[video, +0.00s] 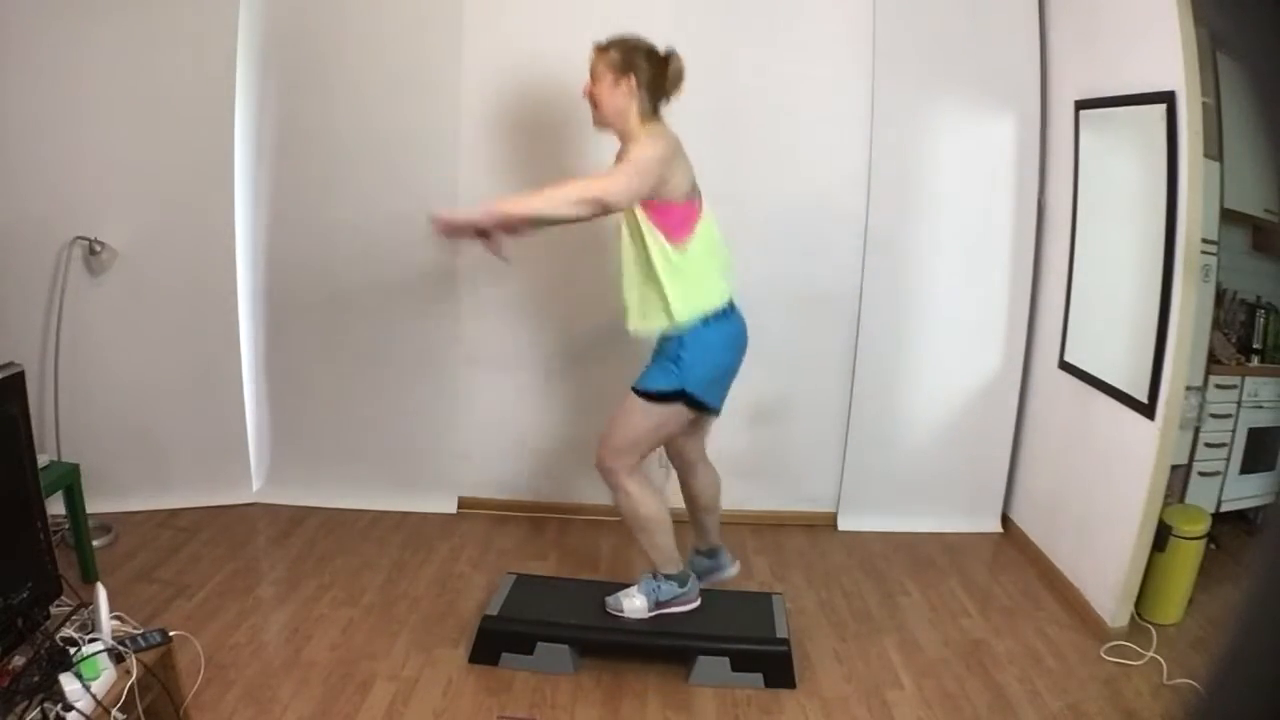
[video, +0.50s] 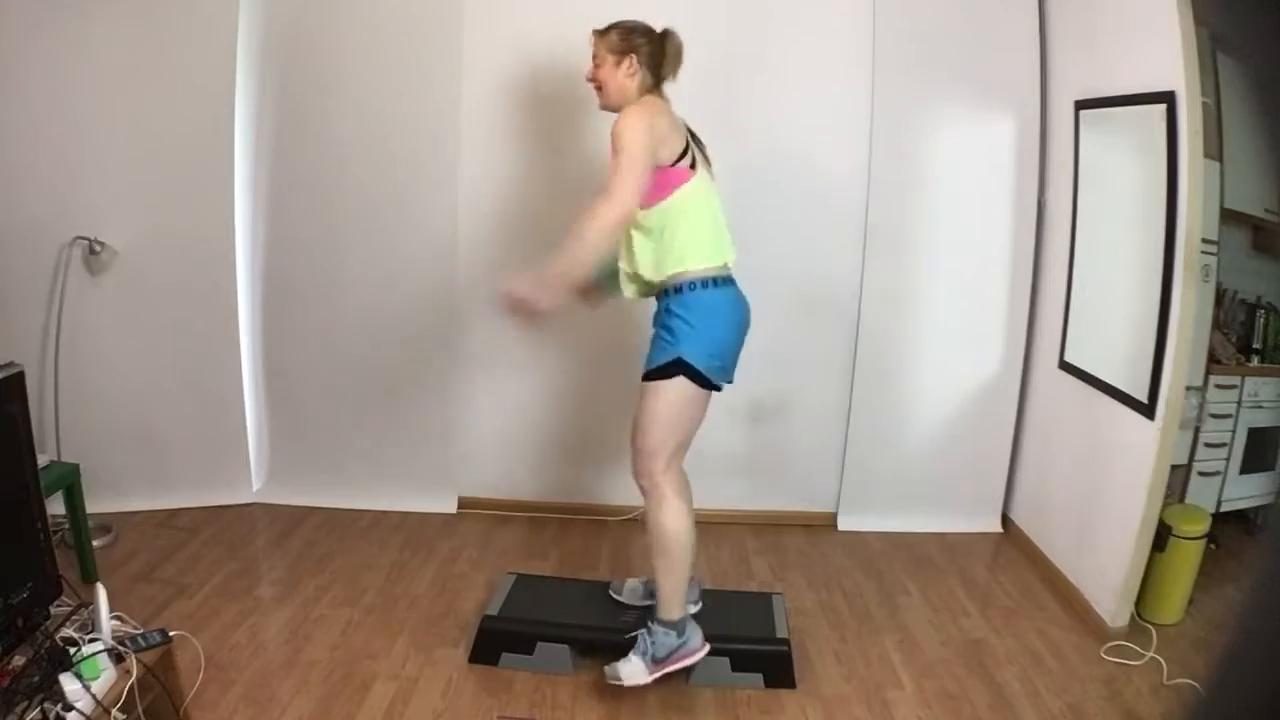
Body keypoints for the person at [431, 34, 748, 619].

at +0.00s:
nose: (587, 92)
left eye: (595, 80)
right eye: (589, 80)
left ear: (628, 86)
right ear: (633, 87)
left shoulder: (652, 152)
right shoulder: (647, 149)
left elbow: (594, 200)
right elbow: (587, 207)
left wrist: (499, 211)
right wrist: (505, 223)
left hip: (699, 338)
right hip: (709, 331)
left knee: (617, 459)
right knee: (688, 452)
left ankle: (672, 582)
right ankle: (710, 554)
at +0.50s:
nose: (590, 74)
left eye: (598, 62)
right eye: (591, 63)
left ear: (631, 65)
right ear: (637, 65)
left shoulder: (640, 119)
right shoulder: (660, 121)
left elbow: (621, 205)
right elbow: (662, 227)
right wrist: (606, 280)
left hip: (697, 306)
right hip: (704, 303)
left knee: (653, 466)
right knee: (661, 459)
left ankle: (674, 629)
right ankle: (674, 584)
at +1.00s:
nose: (594, 41)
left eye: (605, 29)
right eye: (596, 29)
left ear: (642, 40)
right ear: (636, 41)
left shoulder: (661, 99)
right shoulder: (635, 106)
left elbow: (676, 179)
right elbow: (620, 178)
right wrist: (571, 217)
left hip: (691, 291)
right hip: (664, 288)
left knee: (650, 439)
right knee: (635, 431)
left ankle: (691, 599)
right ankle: (670, 563)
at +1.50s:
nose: (641, 93)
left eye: (653, 85)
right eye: (636, 82)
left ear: (684, 89)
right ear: (631, 81)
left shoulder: (711, 144)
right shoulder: (608, 135)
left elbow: (747, 206)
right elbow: (541, 179)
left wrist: (738, 233)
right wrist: (488, 206)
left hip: (683, 310)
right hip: (623, 305)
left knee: (660, 439)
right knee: (609, 424)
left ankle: (660, 567)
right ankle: (610, 497)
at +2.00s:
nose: (705, 150)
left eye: (713, 141)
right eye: (696, 138)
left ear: (718, 141)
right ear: (667, 134)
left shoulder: (722, 194)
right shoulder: (625, 186)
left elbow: (721, 254)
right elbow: (577, 249)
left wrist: (732, 314)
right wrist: (591, 311)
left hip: (688, 336)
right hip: (625, 335)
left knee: (706, 448)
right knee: (607, 446)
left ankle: (679, 531)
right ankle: (592, 517)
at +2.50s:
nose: (814, 103)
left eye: (820, 92)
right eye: (807, 88)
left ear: (818, 93)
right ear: (771, 77)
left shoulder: (810, 136)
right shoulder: (715, 128)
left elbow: (878, 178)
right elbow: (627, 160)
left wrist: (912, 164)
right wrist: (557, 213)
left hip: (760, 301)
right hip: (707, 298)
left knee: (743, 431)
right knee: (749, 432)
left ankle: (710, 522)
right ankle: (740, 559)